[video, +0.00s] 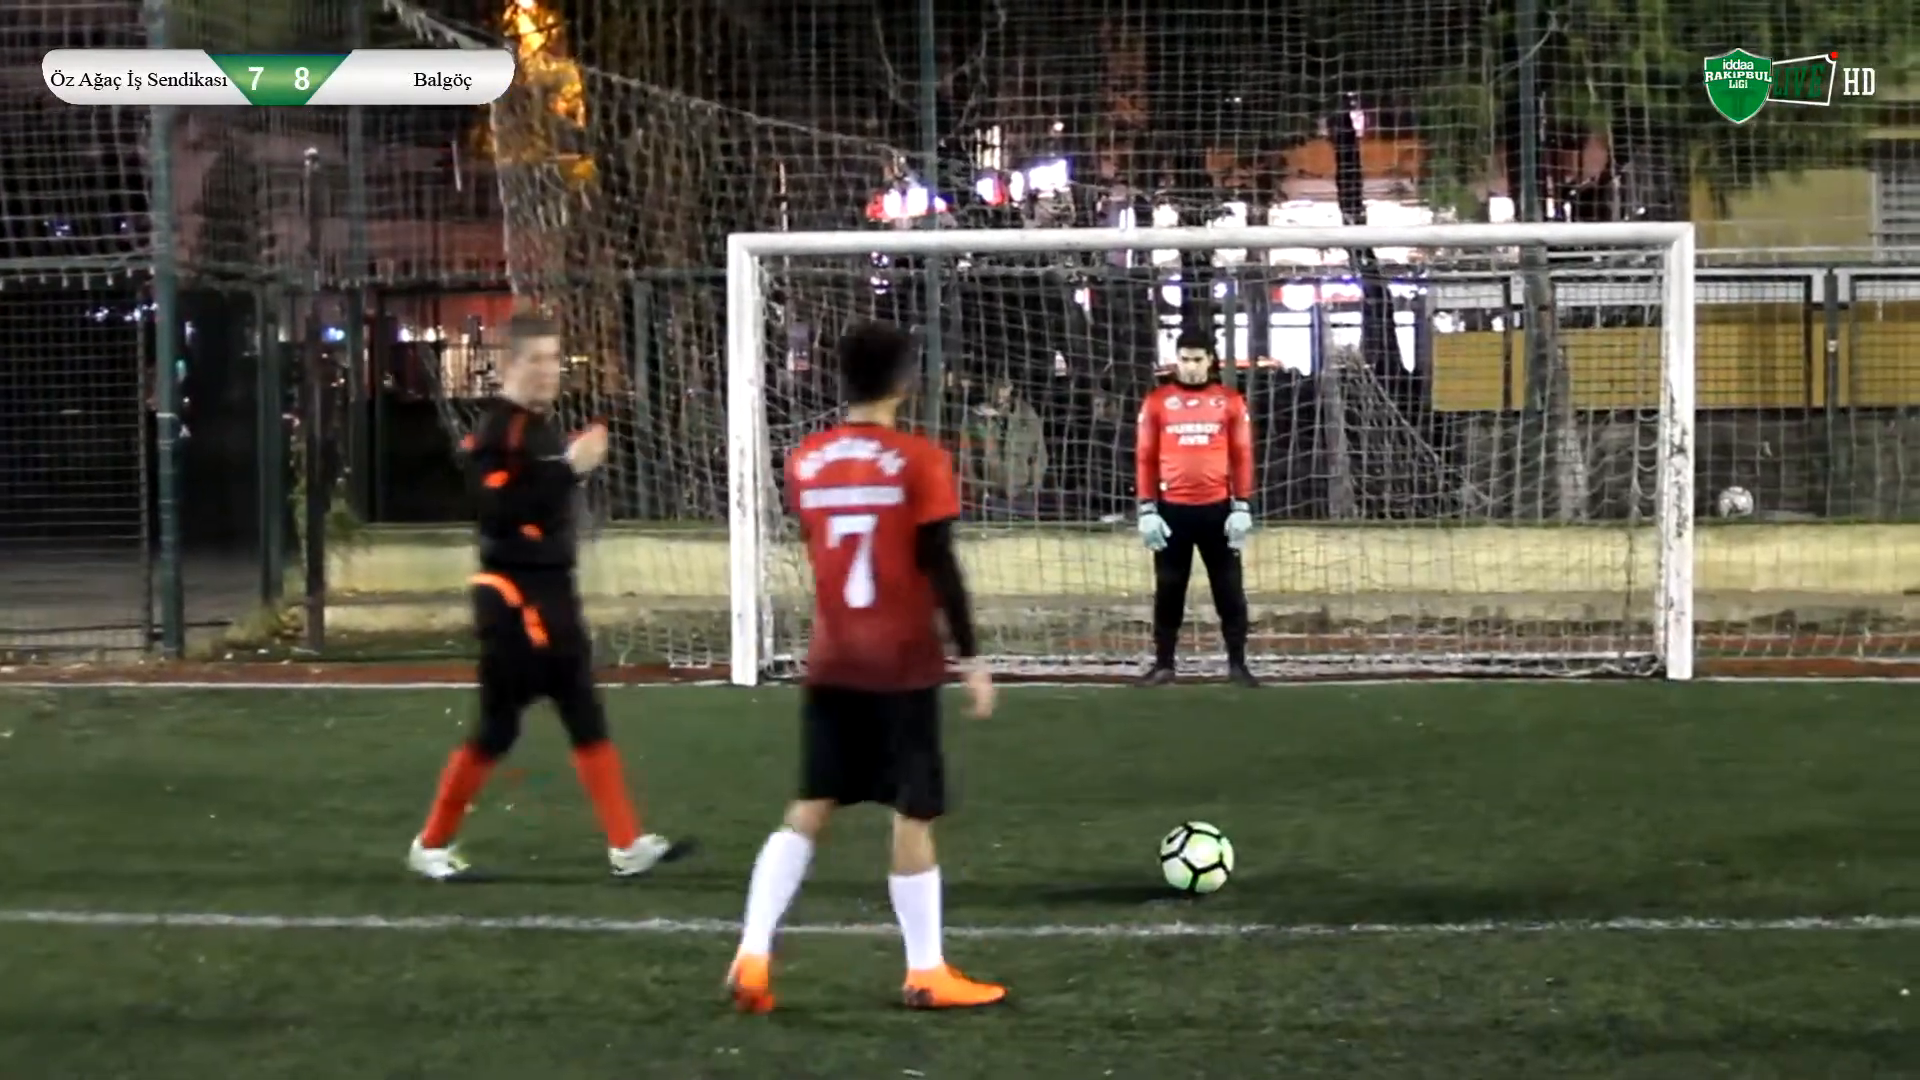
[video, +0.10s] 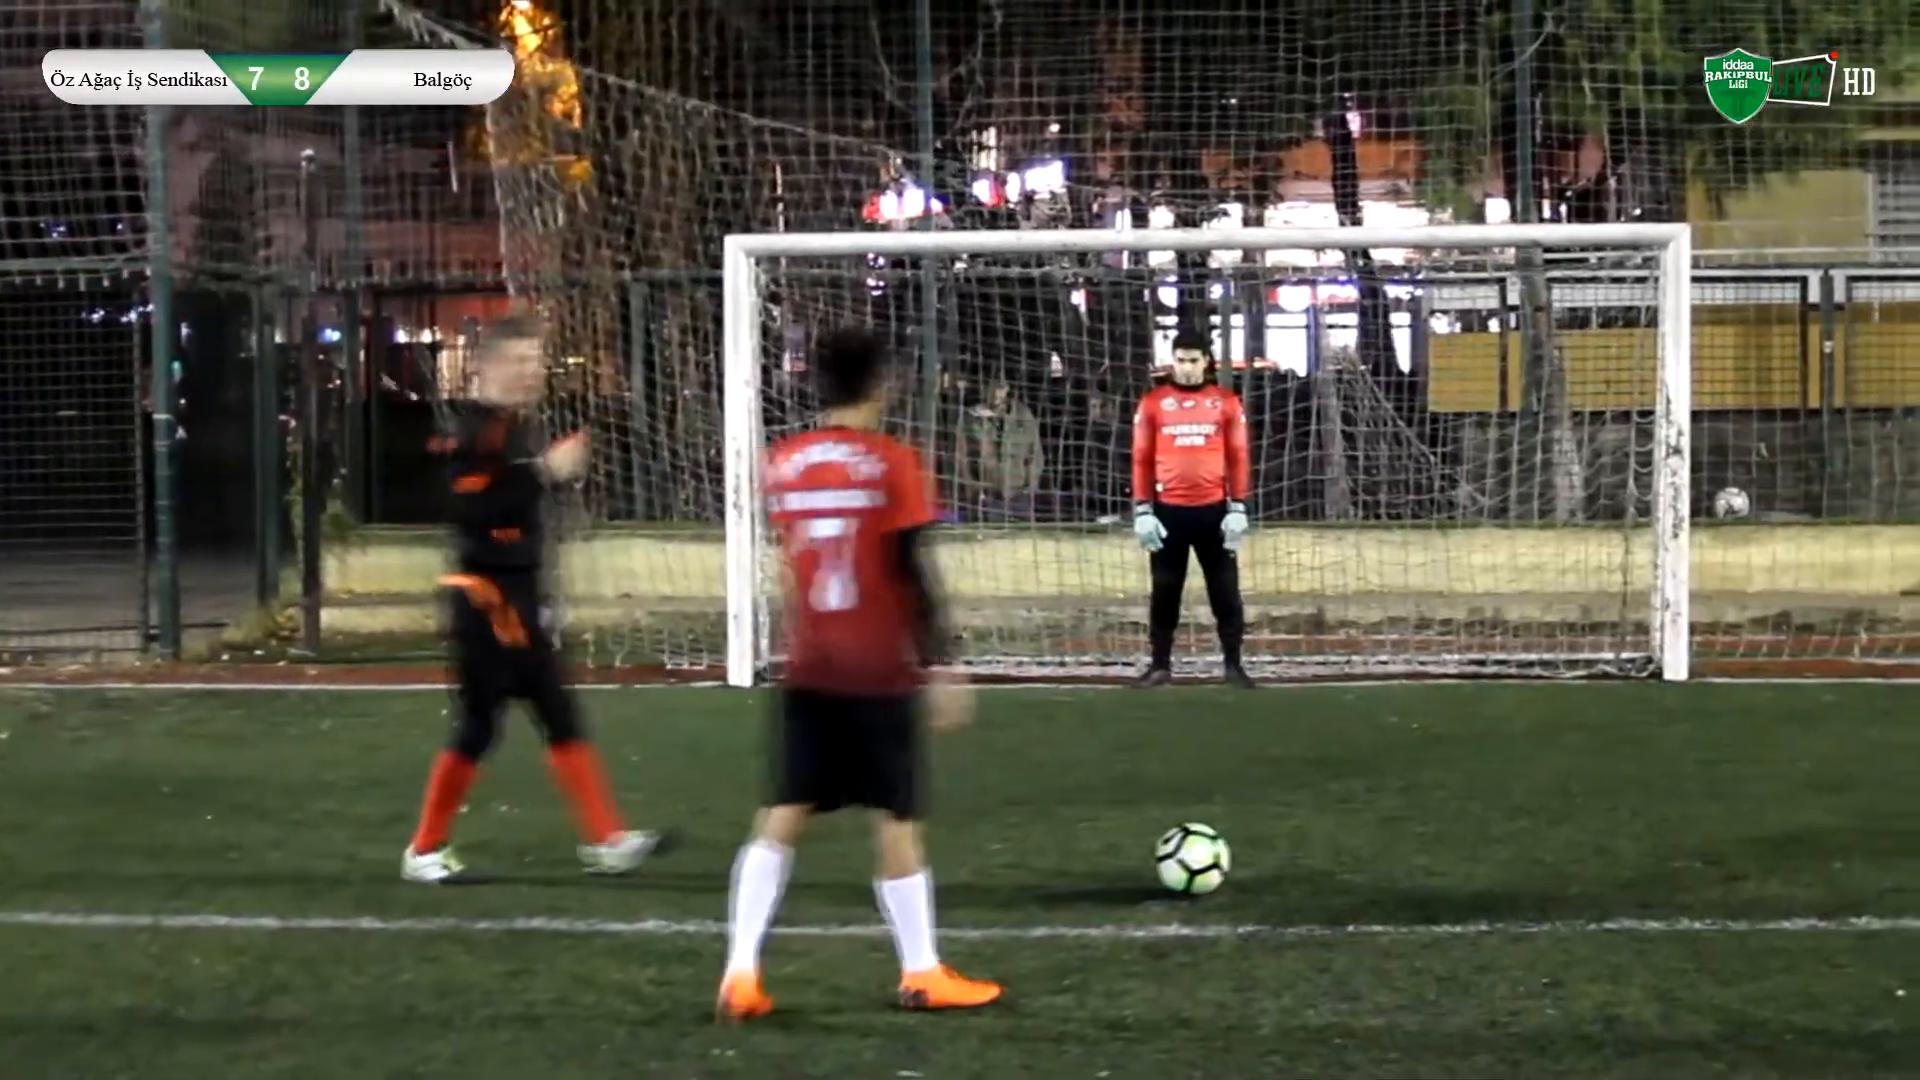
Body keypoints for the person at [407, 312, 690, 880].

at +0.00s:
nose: (550, 371)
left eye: (555, 360)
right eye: (538, 360)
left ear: (557, 366)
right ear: (508, 366)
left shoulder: (544, 428)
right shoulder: (497, 428)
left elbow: (540, 502)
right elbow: (493, 501)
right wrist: (570, 465)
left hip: (549, 586)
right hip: (510, 587)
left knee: (585, 712)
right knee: (497, 726)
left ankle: (628, 842)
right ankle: (432, 844)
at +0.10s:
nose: (528, 374)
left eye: (533, 362)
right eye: (516, 363)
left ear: (538, 370)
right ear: (487, 367)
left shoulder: (516, 431)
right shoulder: (479, 431)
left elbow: (506, 503)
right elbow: (471, 501)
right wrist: (541, 470)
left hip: (510, 592)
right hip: (485, 593)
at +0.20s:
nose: (505, 373)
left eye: (510, 361)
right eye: (494, 361)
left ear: (514, 367)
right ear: (464, 365)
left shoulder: (498, 428)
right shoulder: (450, 425)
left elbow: (493, 509)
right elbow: (445, 504)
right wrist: (520, 476)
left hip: (498, 593)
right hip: (459, 594)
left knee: (544, 711)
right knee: (465, 722)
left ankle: (575, 839)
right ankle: (422, 851)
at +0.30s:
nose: (490, 371)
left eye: (494, 358)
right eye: (478, 359)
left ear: (495, 363)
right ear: (447, 362)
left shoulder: (481, 428)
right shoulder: (434, 424)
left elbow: (479, 518)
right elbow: (426, 504)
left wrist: (503, 592)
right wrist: (501, 476)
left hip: (483, 587)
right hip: (442, 585)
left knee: (529, 705)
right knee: (456, 715)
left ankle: (533, 834)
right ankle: (424, 850)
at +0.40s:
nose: (469, 366)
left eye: (473, 355)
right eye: (457, 355)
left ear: (477, 361)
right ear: (428, 361)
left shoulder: (471, 426)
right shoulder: (413, 422)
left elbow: (467, 528)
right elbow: (411, 508)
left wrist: (497, 585)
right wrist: (486, 471)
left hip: (471, 579)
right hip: (427, 579)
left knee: (509, 696)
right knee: (447, 709)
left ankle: (493, 832)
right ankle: (425, 850)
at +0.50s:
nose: (451, 366)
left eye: (456, 354)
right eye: (439, 353)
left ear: (463, 361)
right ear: (411, 360)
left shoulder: (453, 426)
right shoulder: (400, 423)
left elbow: (456, 526)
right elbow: (393, 502)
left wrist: (495, 580)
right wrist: (466, 470)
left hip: (456, 578)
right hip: (414, 577)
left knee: (484, 704)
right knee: (439, 708)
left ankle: (451, 829)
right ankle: (423, 851)